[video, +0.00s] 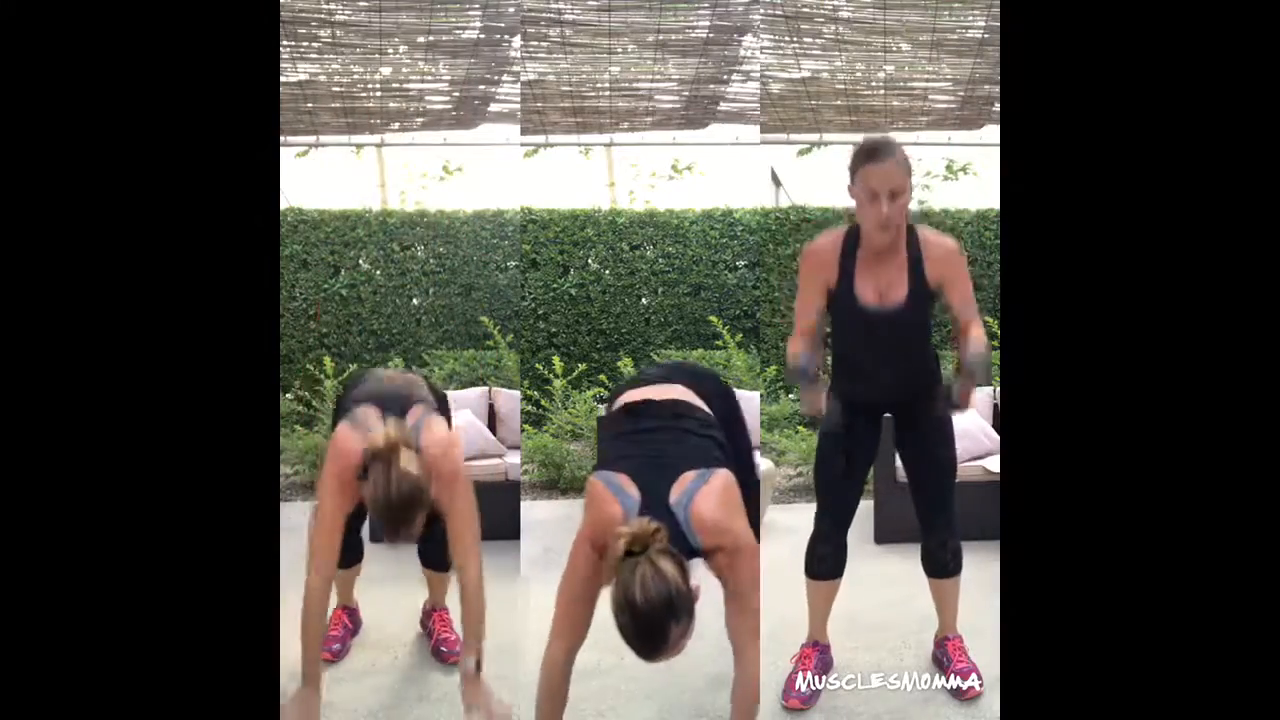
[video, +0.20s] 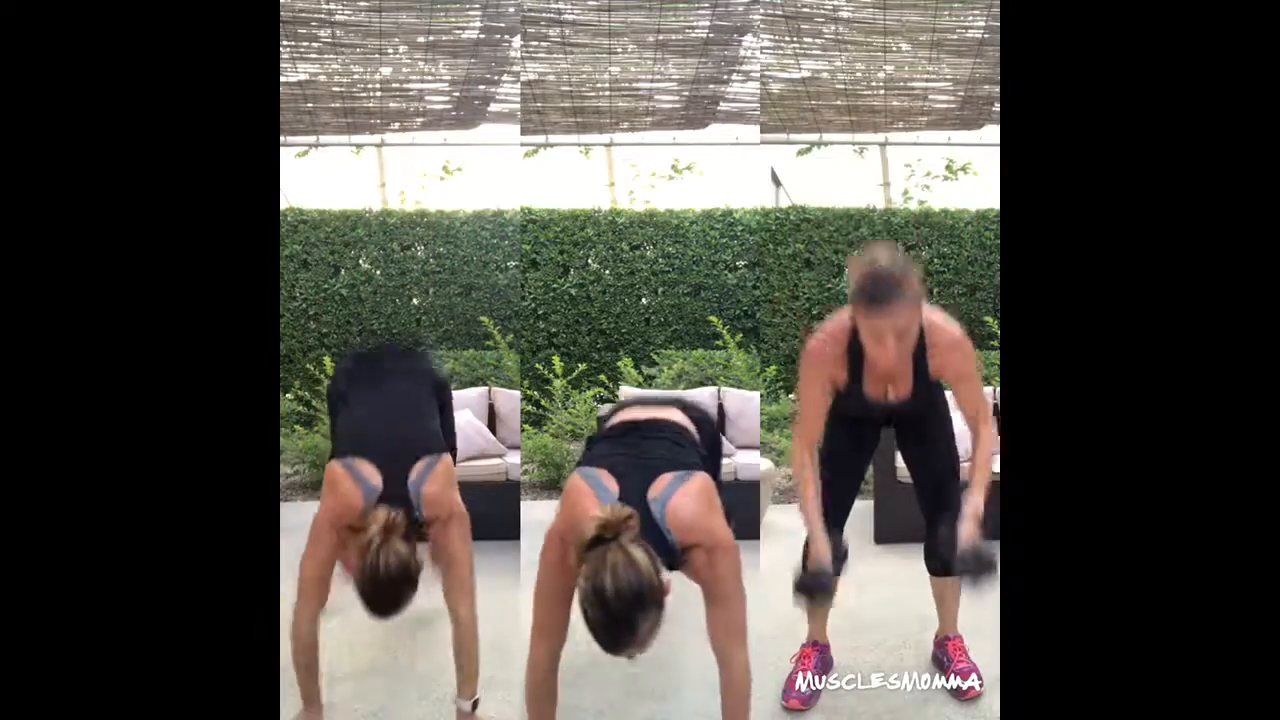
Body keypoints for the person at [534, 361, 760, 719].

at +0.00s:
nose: (671, 657)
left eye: (677, 650)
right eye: (658, 656)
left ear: (694, 595)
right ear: (616, 594)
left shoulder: (728, 535)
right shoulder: (598, 528)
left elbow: (747, 662)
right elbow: (560, 652)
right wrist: (547, 715)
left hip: (702, 393)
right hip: (625, 403)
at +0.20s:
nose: (635, 655)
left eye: (641, 647)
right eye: (623, 653)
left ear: (664, 588)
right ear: (582, 577)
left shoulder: (703, 531)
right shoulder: (568, 528)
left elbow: (732, 656)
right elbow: (543, 652)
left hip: (690, 422)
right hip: (615, 424)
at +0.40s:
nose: (628, 621)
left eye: (643, 608)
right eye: (614, 610)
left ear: (667, 556)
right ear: (589, 556)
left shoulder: (701, 527)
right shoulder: (566, 527)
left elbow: (729, 648)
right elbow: (543, 655)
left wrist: (735, 717)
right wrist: (540, 716)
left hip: (673, 469)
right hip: (601, 466)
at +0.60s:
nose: (630, 628)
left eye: (646, 612)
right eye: (613, 616)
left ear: (667, 557)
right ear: (587, 561)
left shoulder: (699, 527)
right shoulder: (563, 529)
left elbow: (724, 653)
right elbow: (543, 654)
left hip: (670, 461)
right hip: (596, 461)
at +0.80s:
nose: (636, 631)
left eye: (652, 613)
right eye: (619, 618)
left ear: (672, 559)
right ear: (592, 565)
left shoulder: (703, 528)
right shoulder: (563, 532)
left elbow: (727, 647)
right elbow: (543, 653)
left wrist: (733, 717)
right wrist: (541, 716)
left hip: (669, 472)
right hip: (592, 472)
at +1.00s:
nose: (648, 661)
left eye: (659, 650)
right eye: (636, 656)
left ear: (681, 587)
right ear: (595, 589)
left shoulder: (709, 539)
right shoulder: (565, 544)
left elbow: (737, 662)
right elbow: (538, 663)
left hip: (670, 444)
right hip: (594, 443)